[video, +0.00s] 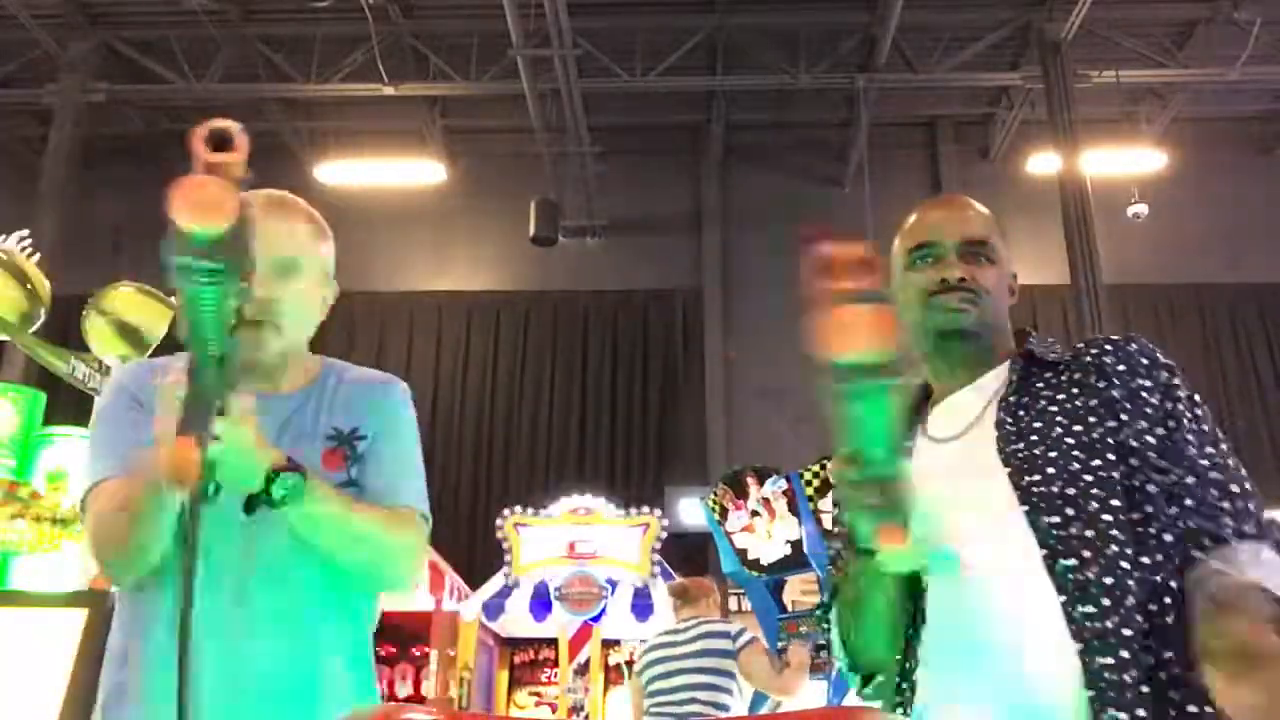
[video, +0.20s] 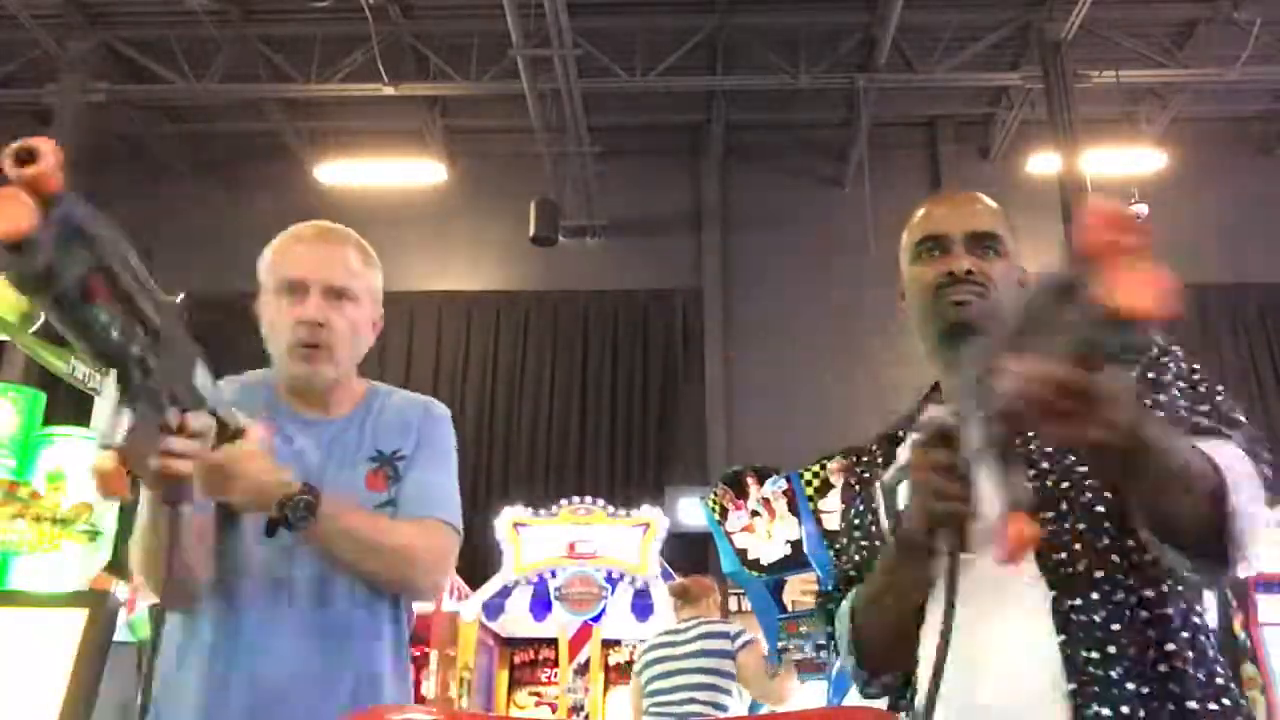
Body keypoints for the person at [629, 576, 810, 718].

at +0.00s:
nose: (721, 609)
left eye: (720, 604)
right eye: (720, 603)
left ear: (675, 610)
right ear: (712, 601)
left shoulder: (647, 649)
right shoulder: (730, 633)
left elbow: (638, 715)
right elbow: (787, 687)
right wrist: (800, 659)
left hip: (660, 716)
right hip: (707, 713)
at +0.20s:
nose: (721, 609)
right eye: (720, 603)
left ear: (677, 609)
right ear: (713, 601)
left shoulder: (647, 647)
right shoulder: (730, 633)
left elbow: (638, 711)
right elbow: (774, 694)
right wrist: (790, 661)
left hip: (658, 714)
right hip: (710, 713)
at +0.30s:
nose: (720, 610)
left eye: (720, 604)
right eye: (719, 604)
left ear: (677, 610)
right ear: (712, 602)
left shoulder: (647, 647)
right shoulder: (729, 632)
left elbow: (637, 712)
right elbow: (751, 690)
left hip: (657, 715)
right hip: (705, 713)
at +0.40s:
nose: (721, 612)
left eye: (719, 605)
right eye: (719, 605)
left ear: (675, 609)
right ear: (715, 601)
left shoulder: (646, 647)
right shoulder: (729, 632)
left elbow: (637, 713)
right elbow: (754, 695)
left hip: (657, 714)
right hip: (708, 713)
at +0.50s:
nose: (721, 607)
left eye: (717, 599)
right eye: (716, 598)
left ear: (673, 607)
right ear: (706, 599)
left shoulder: (647, 647)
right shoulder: (727, 631)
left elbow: (637, 712)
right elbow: (776, 693)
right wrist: (790, 665)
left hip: (656, 715)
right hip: (706, 713)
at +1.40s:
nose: (728, 611)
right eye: (725, 605)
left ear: (679, 612)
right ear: (721, 602)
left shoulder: (654, 646)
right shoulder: (736, 636)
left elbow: (649, 699)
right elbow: (795, 687)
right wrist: (794, 648)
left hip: (661, 714)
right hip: (713, 711)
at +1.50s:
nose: (728, 611)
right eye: (725, 605)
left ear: (681, 612)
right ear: (723, 605)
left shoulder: (654, 645)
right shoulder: (738, 636)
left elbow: (650, 699)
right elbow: (797, 686)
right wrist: (796, 652)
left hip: (661, 715)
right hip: (711, 713)